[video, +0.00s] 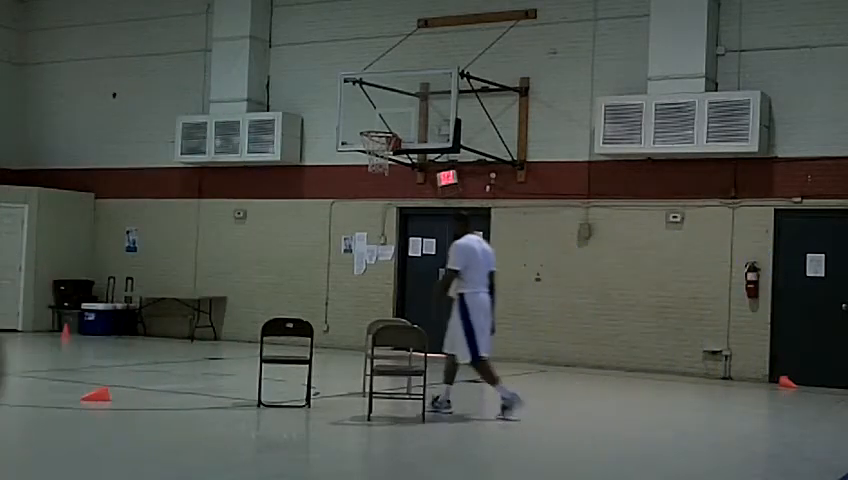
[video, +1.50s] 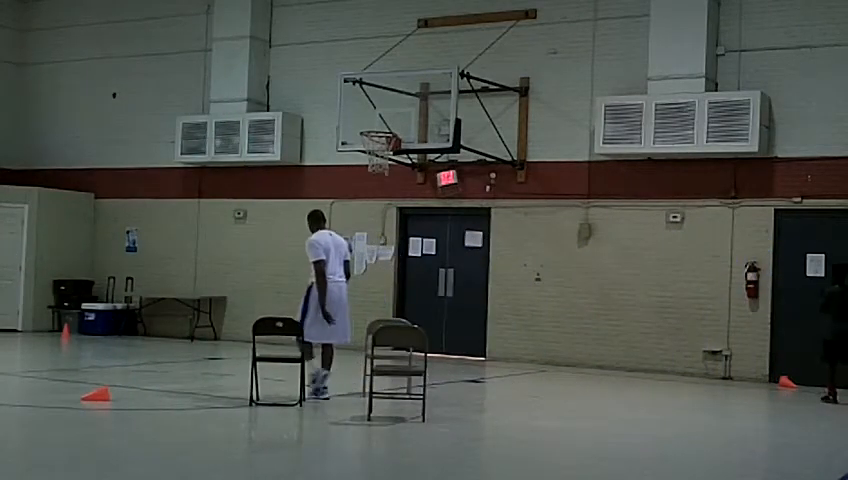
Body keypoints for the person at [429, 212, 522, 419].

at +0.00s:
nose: (453, 229)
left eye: (454, 225)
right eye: (454, 224)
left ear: (460, 225)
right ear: (471, 225)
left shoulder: (459, 245)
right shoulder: (486, 246)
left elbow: (451, 275)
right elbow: (491, 283)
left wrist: (439, 292)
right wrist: (491, 317)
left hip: (466, 298)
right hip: (482, 298)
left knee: (473, 354)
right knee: (452, 350)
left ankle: (506, 395)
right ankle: (444, 398)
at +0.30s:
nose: (414, 230)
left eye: (415, 225)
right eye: (415, 225)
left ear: (421, 224)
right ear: (432, 222)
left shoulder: (425, 241)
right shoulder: (450, 240)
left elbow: (412, 275)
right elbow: (454, 269)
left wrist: (392, 301)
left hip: (429, 293)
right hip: (449, 293)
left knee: (405, 336)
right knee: (440, 347)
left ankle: (410, 389)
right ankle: (443, 397)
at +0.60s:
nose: (364, 238)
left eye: (364, 233)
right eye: (363, 234)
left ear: (369, 232)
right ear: (381, 229)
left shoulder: (378, 249)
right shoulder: (404, 243)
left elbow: (354, 285)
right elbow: (415, 264)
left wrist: (327, 308)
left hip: (391, 298)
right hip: (413, 297)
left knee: (366, 345)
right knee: (413, 346)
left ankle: (358, 393)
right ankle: (436, 388)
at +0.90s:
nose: (329, 241)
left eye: (328, 237)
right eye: (327, 237)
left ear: (331, 233)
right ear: (342, 227)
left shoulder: (344, 246)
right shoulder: (367, 237)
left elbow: (329, 284)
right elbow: (388, 262)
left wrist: (305, 312)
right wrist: (397, 291)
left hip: (366, 291)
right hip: (385, 288)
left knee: (354, 342)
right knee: (376, 338)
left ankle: (356, 393)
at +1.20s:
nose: (312, 239)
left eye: (311, 235)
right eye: (311, 236)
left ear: (315, 233)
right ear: (327, 228)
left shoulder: (325, 247)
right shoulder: (349, 240)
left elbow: (321, 281)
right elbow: (366, 269)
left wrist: (306, 311)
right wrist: (362, 293)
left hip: (343, 291)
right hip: (359, 289)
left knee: (344, 342)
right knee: (343, 342)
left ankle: (355, 390)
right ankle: (326, 385)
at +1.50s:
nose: (310, 227)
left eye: (309, 225)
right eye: (311, 224)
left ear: (310, 224)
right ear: (325, 221)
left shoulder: (314, 240)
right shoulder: (340, 240)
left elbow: (320, 273)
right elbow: (347, 273)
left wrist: (323, 305)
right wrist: (337, 288)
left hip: (321, 288)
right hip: (339, 287)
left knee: (304, 333)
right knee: (328, 338)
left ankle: (314, 371)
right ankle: (322, 385)